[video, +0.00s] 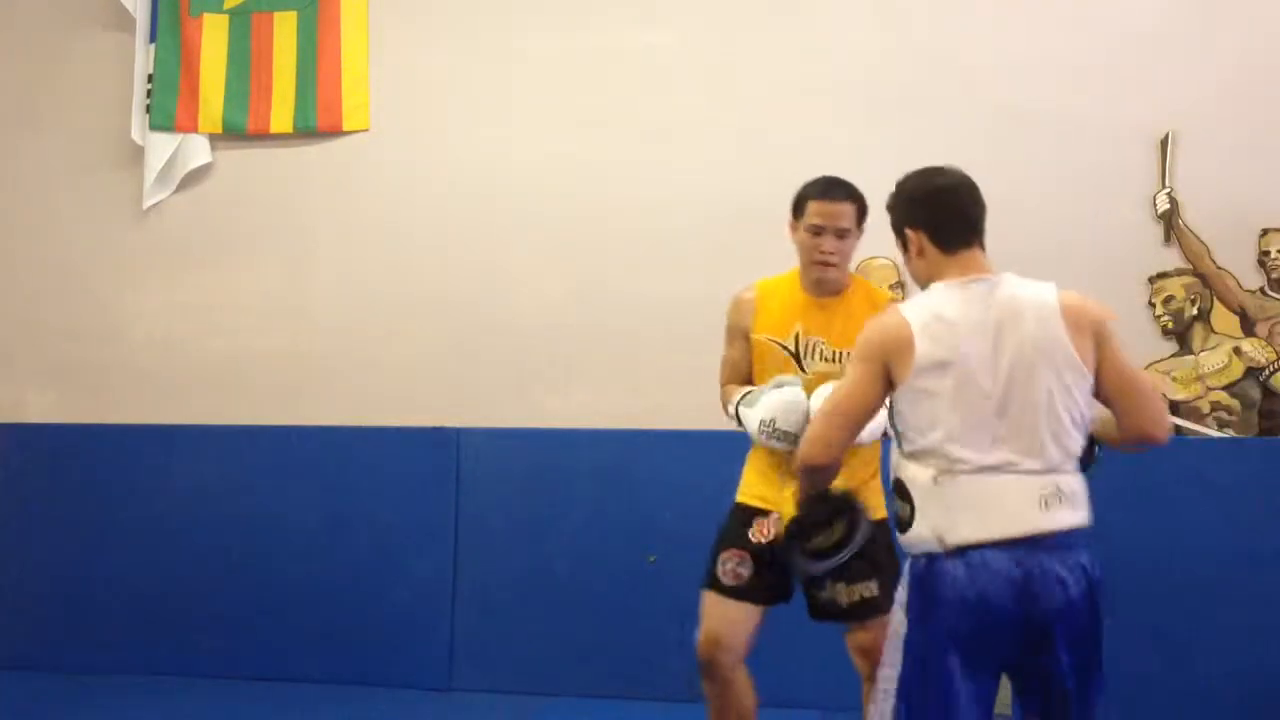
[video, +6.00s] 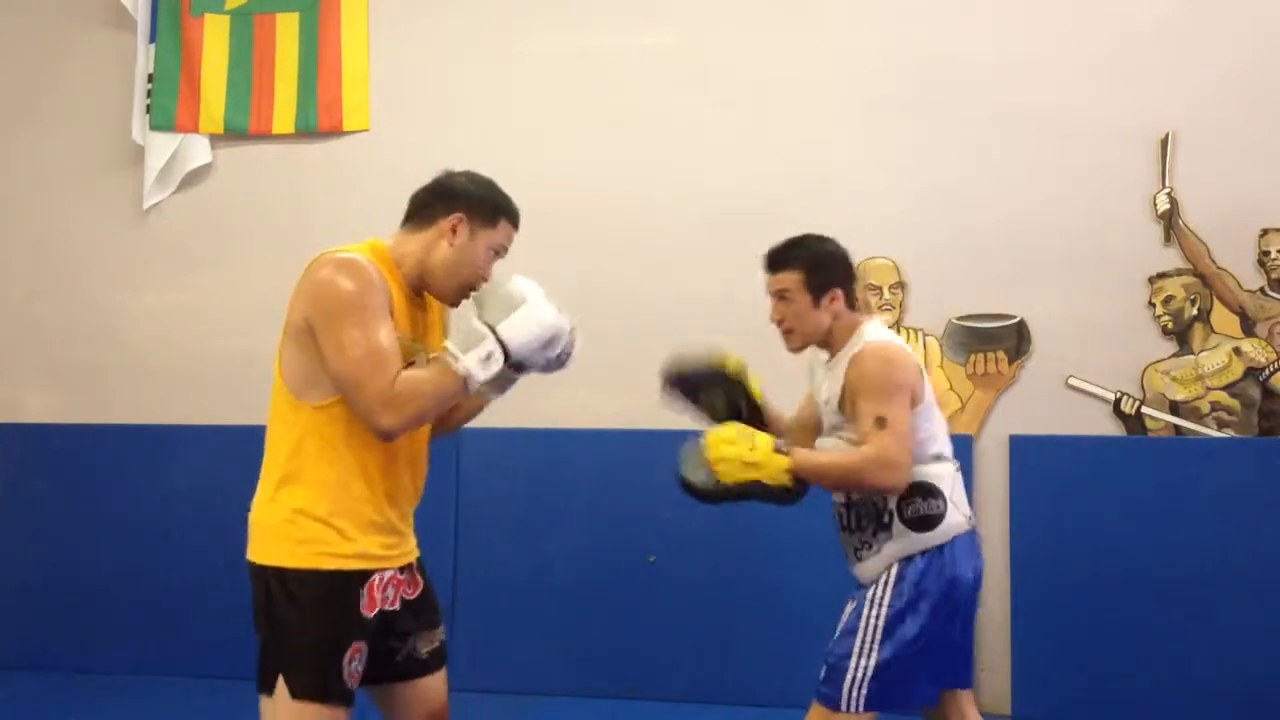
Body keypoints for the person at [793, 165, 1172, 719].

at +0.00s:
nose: (904, 260)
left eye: (900, 246)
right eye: (901, 246)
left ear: (915, 242)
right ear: (978, 226)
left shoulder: (894, 332)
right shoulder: (1075, 313)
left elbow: (817, 456)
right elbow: (1151, 426)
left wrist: (811, 491)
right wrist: (1074, 420)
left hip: (953, 574)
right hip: (1062, 566)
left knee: (935, 709)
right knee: (1066, 709)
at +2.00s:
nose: (756, 291)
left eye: (765, 275)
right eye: (755, 276)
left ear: (812, 277)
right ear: (809, 279)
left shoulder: (845, 343)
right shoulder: (809, 347)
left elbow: (808, 459)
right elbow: (773, 433)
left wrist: (708, 446)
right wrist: (698, 439)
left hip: (896, 543)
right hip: (897, 539)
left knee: (842, 708)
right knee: (925, 688)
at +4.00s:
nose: (766, 289)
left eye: (777, 274)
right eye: (767, 274)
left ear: (823, 279)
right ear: (827, 279)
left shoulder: (828, 344)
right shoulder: (885, 325)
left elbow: (753, 402)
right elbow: (909, 424)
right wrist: (829, 468)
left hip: (911, 550)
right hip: (970, 530)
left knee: (862, 708)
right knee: (986, 693)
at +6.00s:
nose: (773, 314)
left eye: (784, 299)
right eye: (773, 300)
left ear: (832, 300)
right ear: (830, 304)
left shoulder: (880, 358)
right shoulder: (830, 360)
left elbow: (889, 469)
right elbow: (799, 438)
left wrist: (781, 459)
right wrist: (746, 406)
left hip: (920, 559)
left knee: (836, 710)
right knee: (951, 702)